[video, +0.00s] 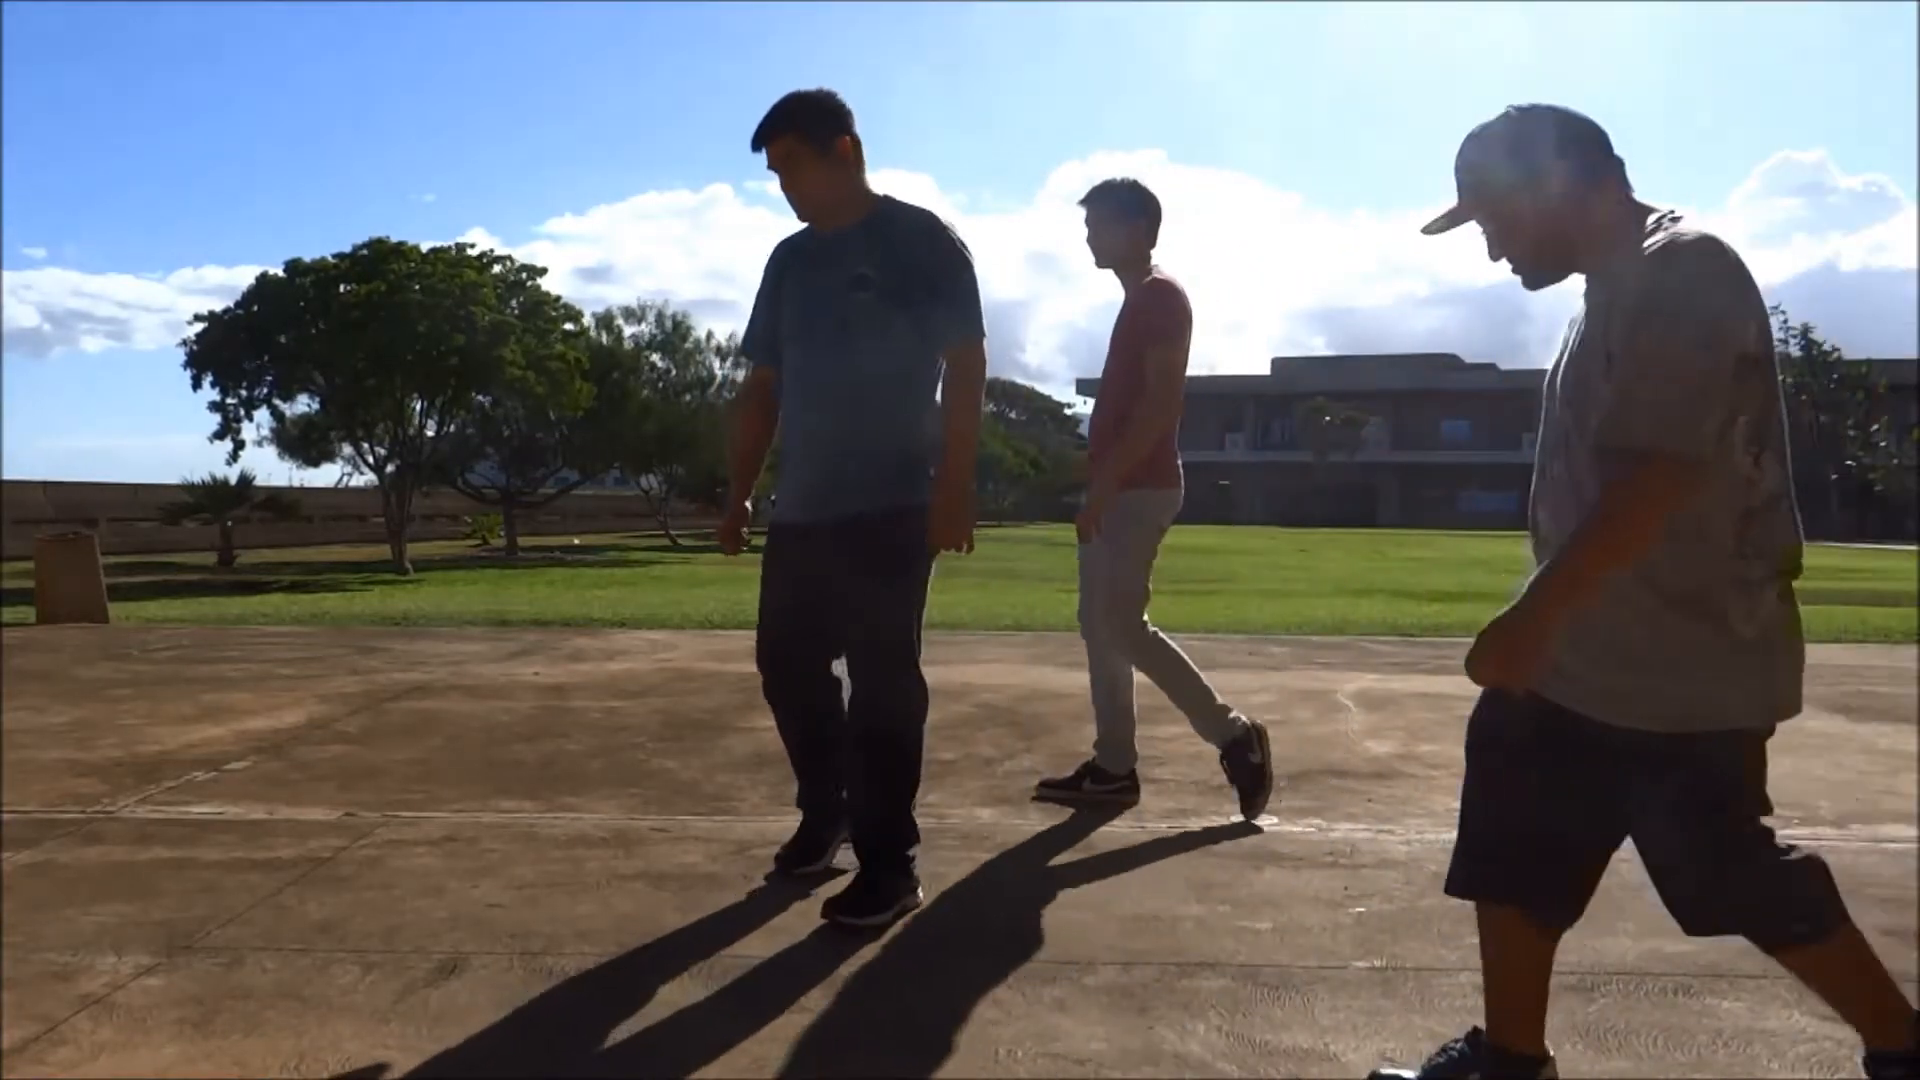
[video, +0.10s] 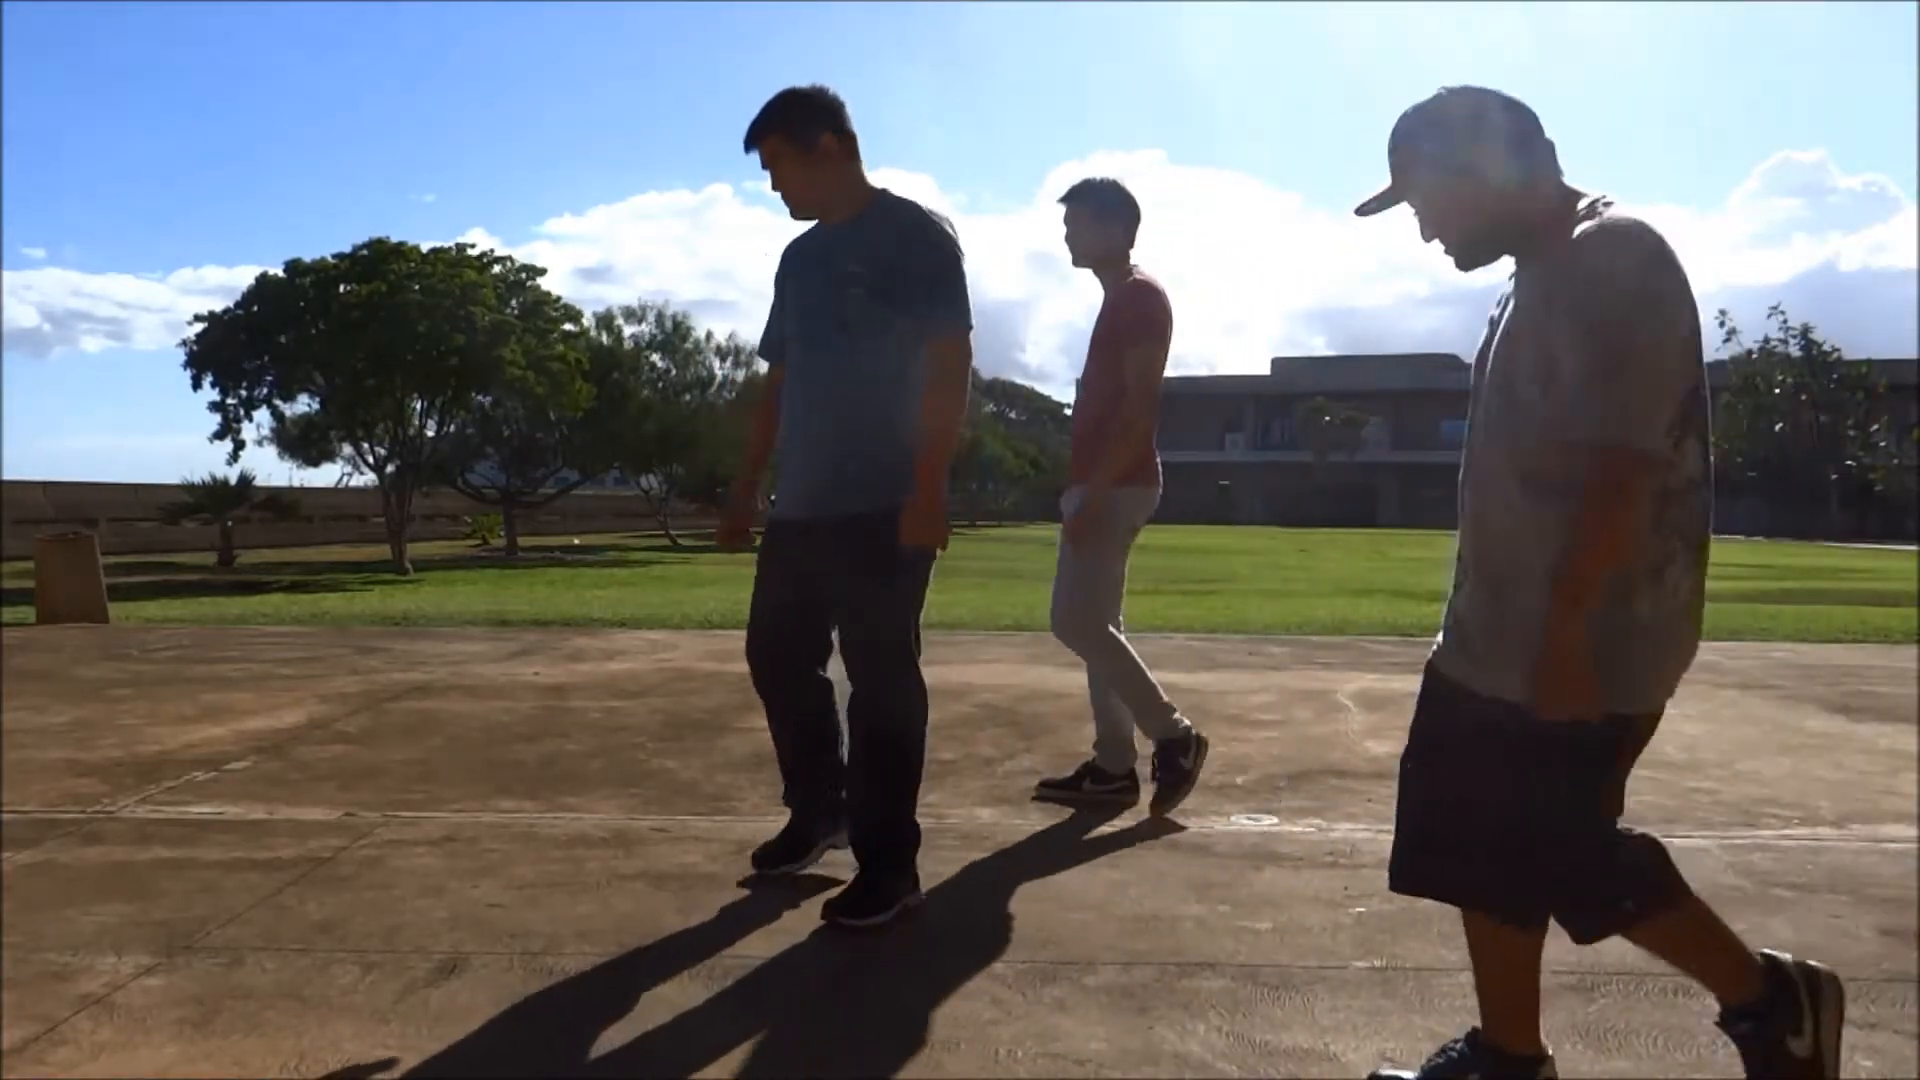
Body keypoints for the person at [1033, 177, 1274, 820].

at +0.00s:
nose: (1088, 236)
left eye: (1096, 225)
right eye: (1087, 226)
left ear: (1136, 227)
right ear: (1124, 231)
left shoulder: (1160, 298)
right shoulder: (1140, 301)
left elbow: (1159, 408)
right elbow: (1138, 405)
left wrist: (1105, 485)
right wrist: (1099, 485)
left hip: (1141, 491)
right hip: (1118, 490)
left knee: (1119, 625)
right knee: (1098, 624)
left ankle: (1237, 738)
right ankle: (1113, 768)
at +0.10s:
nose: (1066, 236)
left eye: (1074, 224)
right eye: (1066, 225)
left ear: (1112, 227)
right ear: (1104, 231)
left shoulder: (1139, 298)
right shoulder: (1122, 298)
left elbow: (1138, 409)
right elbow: (1121, 405)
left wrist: (1096, 487)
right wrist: (1085, 484)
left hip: (1117, 487)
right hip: (1101, 485)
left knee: (1075, 620)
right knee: (1095, 623)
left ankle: (1175, 738)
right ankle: (1112, 767)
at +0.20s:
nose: (1048, 232)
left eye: (1058, 220)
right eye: (1049, 221)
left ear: (1095, 225)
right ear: (1079, 230)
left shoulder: (1121, 298)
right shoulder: (1099, 300)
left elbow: (1124, 409)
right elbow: (1098, 407)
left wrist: (1085, 499)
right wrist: (1069, 493)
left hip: (1094, 484)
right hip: (1083, 483)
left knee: (1041, 611)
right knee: (1092, 620)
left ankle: (1106, 753)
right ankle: (1109, 758)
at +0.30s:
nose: (1026, 234)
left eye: (1035, 223)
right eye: (1028, 223)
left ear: (1074, 227)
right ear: (1067, 230)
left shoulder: (1104, 300)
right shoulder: (1077, 302)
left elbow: (1109, 413)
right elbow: (1079, 408)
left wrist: (1079, 509)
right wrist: (1055, 492)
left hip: (1077, 483)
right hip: (1067, 479)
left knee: (1013, 609)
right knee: (1086, 624)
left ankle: (1029, 761)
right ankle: (1113, 765)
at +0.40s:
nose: (1004, 234)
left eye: (1014, 223)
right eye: (1007, 223)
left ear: (1049, 230)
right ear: (1044, 232)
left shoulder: (1085, 304)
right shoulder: (1052, 307)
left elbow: (1094, 409)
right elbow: (1038, 412)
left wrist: (1075, 504)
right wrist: (1010, 484)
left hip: (1061, 487)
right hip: (1047, 485)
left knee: (1002, 618)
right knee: (1077, 627)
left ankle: (965, 763)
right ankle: (1112, 765)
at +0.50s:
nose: (981, 237)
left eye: (990, 225)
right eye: (984, 225)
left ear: (1023, 233)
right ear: (1023, 235)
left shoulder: (1062, 305)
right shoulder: (1033, 307)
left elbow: (1077, 416)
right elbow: (1018, 413)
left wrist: (1065, 515)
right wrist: (984, 484)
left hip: (1037, 494)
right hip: (1026, 492)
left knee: (984, 629)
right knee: (1067, 630)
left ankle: (933, 767)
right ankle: (1110, 764)